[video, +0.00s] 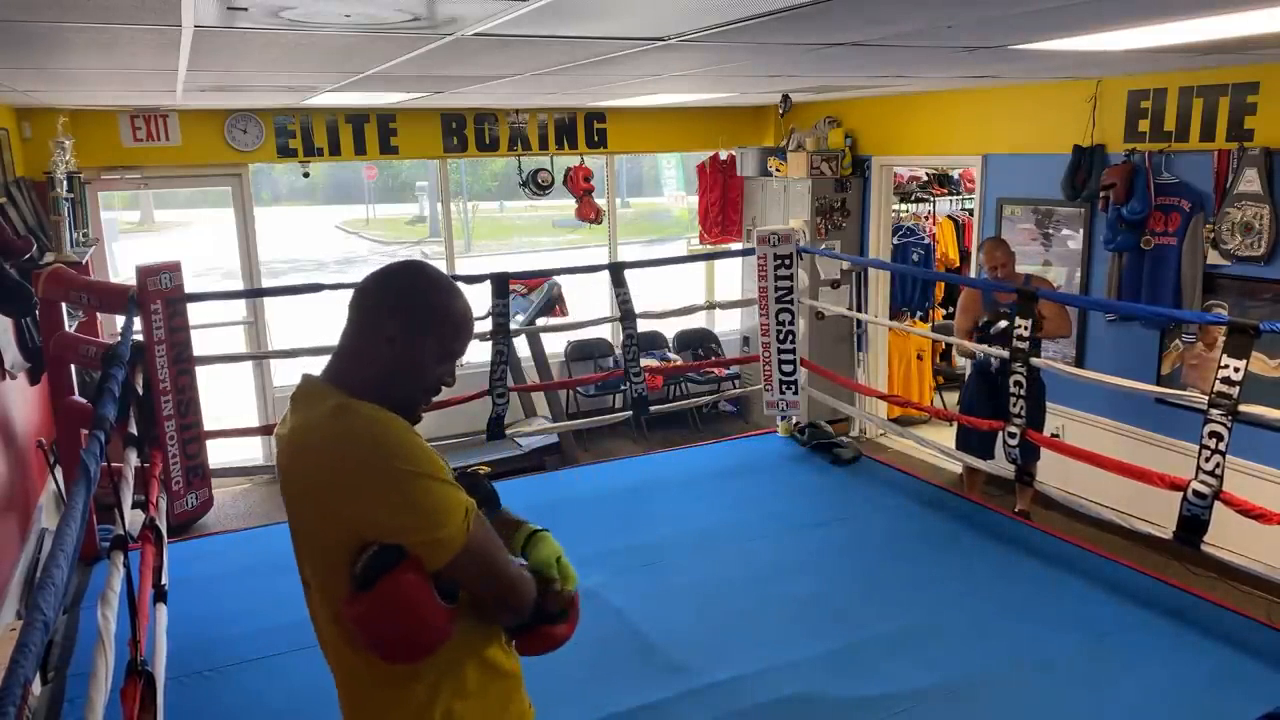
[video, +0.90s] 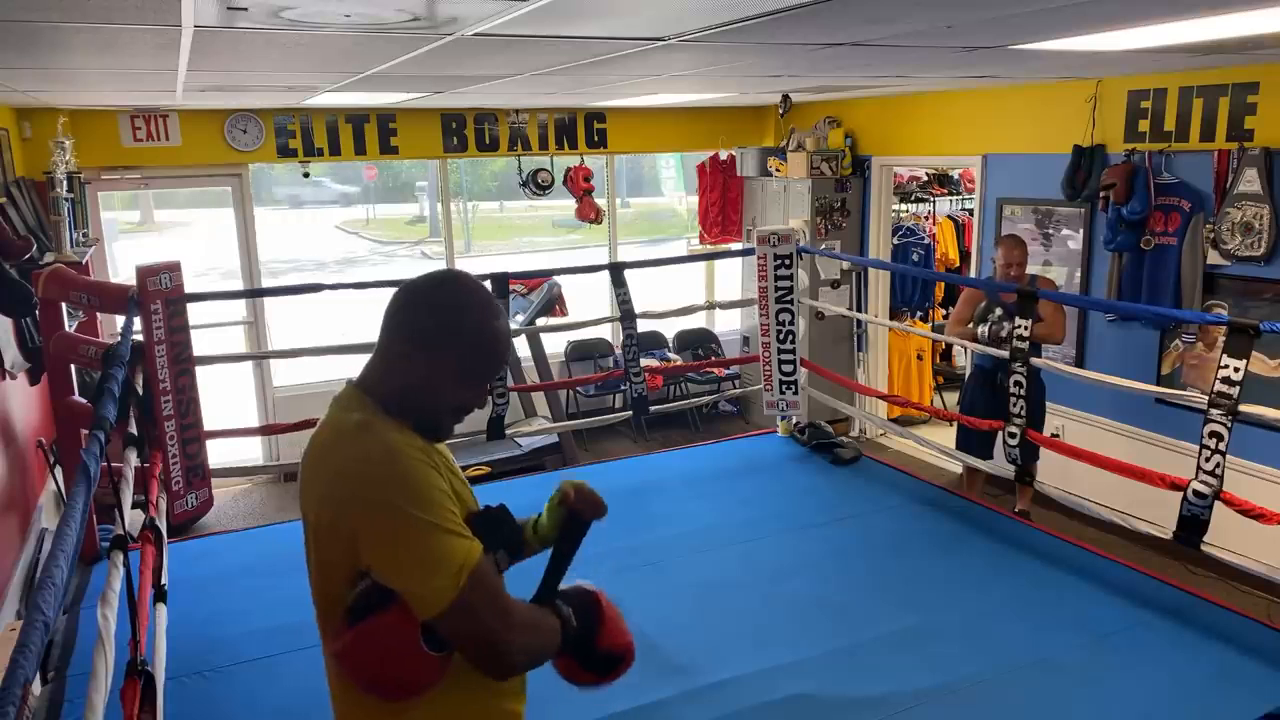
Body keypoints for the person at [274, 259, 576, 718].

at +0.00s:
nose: (449, 379)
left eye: (454, 363)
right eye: (445, 359)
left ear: (384, 339)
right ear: (392, 340)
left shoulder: (312, 418)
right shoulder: (379, 444)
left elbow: (460, 500)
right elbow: (514, 597)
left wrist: (530, 540)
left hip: (383, 700)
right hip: (456, 705)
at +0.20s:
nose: (444, 385)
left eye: (450, 369)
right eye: (439, 367)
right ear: (386, 346)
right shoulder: (353, 446)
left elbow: (459, 489)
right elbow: (492, 608)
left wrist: (535, 535)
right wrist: (518, 583)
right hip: (426, 708)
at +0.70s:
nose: (465, 398)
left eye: (471, 380)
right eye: (461, 379)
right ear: (407, 354)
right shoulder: (363, 459)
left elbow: (448, 539)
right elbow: (485, 636)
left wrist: (530, 549)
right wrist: (558, 634)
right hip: (407, 708)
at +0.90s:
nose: (481, 402)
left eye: (489, 386)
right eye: (480, 382)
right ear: (429, 358)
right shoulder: (385, 465)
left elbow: (440, 559)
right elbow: (502, 643)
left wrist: (542, 529)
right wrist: (566, 617)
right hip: (439, 708)